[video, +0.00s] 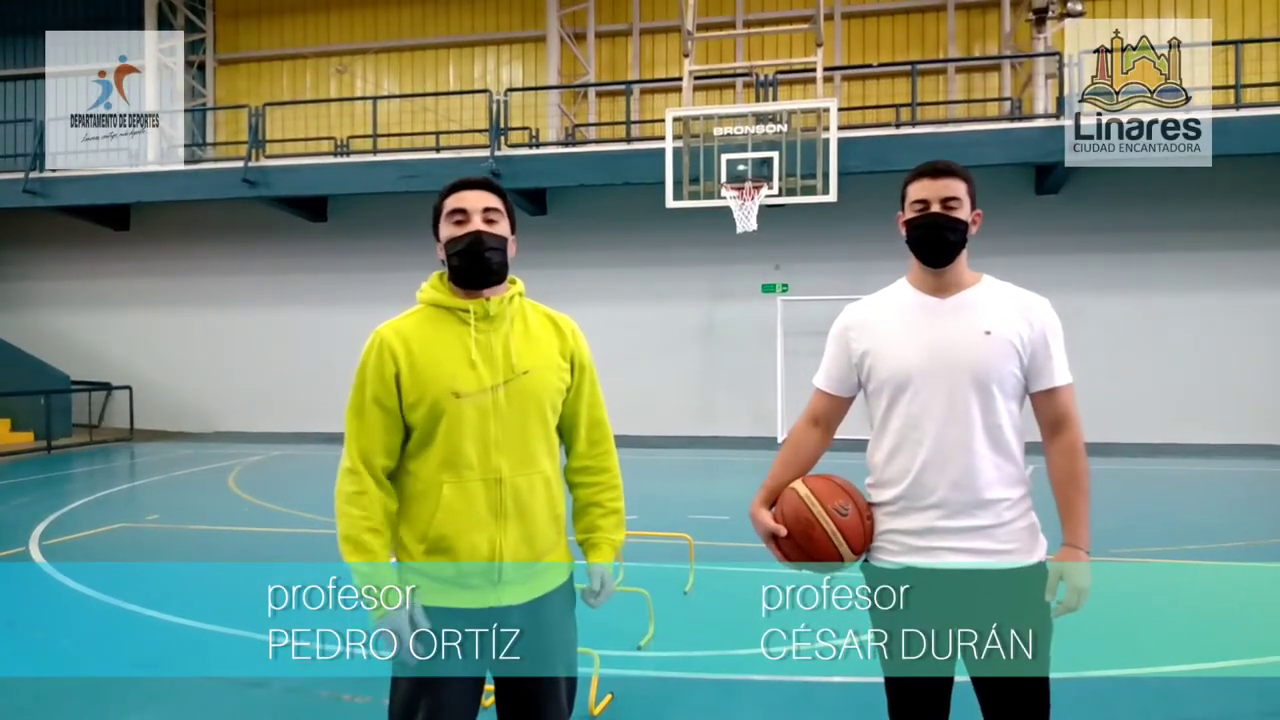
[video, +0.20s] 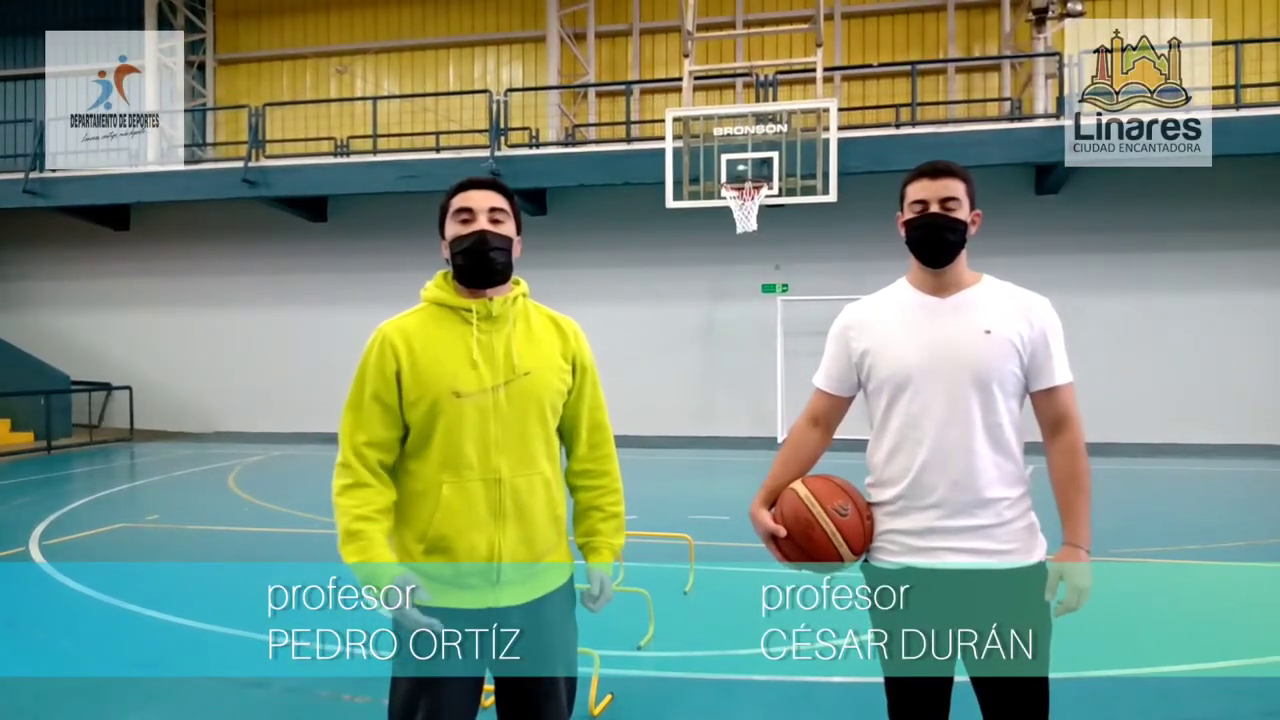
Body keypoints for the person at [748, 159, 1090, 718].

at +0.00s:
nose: (934, 216)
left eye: (949, 205)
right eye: (920, 207)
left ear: (974, 220)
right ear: (901, 224)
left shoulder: (1026, 315)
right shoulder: (861, 321)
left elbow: (1061, 432)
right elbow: (816, 424)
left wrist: (1075, 544)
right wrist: (762, 501)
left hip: (1006, 561)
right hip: (902, 562)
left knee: (1020, 711)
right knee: (914, 713)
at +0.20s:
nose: (933, 216)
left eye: (948, 206)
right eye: (918, 207)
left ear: (973, 221)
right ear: (901, 225)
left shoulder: (1026, 315)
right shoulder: (861, 321)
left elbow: (1062, 431)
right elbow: (816, 423)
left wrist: (1076, 544)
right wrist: (761, 501)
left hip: (1005, 560)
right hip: (902, 562)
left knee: (1017, 710)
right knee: (914, 712)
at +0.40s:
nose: (932, 216)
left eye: (947, 205)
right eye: (917, 208)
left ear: (973, 220)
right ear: (900, 226)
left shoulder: (1026, 314)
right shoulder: (860, 322)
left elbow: (1063, 429)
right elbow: (815, 423)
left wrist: (1076, 543)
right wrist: (761, 501)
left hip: (1006, 561)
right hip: (903, 562)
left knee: (1019, 711)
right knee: (914, 712)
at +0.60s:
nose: (931, 215)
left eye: (946, 205)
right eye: (916, 207)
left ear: (972, 220)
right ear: (899, 226)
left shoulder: (1026, 314)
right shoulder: (861, 322)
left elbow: (1064, 429)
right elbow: (816, 423)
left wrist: (1078, 543)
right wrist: (762, 502)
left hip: (1006, 561)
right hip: (903, 562)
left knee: (1019, 712)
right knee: (915, 712)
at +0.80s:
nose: (932, 215)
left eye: (947, 205)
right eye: (917, 207)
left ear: (973, 220)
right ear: (900, 226)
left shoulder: (1027, 314)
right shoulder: (862, 323)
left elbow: (1063, 430)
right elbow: (817, 424)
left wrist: (1077, 542)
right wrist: (763, 502)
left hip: (1007, 560)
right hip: (904, 561)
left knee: (1020, 711)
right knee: (915, 712)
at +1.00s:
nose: (931, 215)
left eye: (946, 204)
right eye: (916, 207)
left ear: (972, 220)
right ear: (899, 226)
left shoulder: (1026, 314)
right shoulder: (862, 323)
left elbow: (1063, 430)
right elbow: (818, 425)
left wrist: (1076, 543)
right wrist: (764, 503)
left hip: (1007, 559)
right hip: (904, 560)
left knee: (1020, 711)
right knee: (915, 712)